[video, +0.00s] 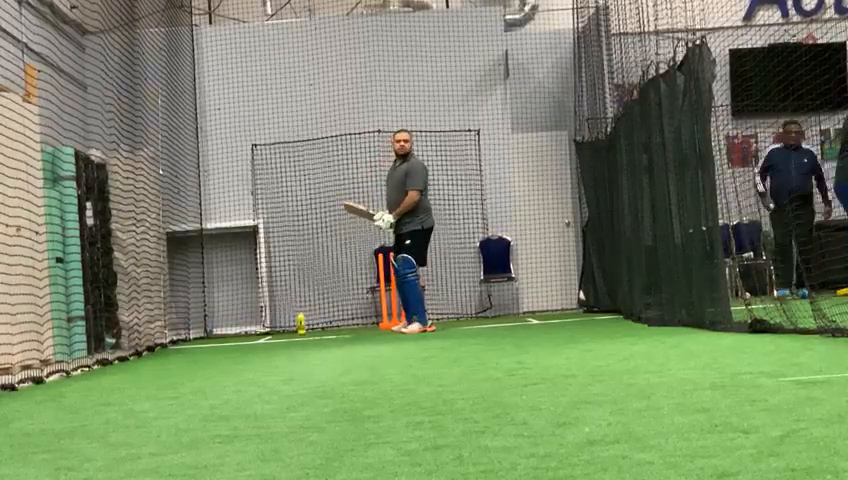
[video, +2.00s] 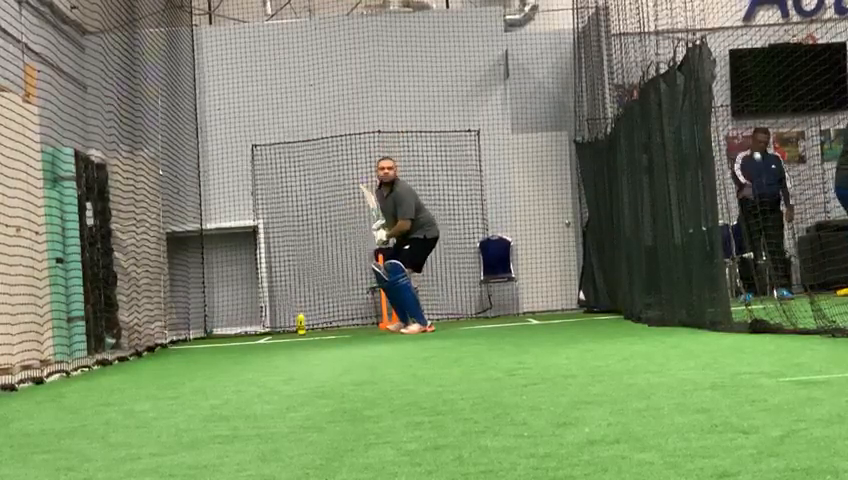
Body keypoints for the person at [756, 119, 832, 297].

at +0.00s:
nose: (794, 136)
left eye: (798, 133)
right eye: (790, 133)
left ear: (802, 135)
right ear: (783, 135)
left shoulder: (809, 155)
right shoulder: (774, 154)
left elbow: (820, 179)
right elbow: (761, 174)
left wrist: (826, 202)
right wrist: (763, 195)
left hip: (803, 205)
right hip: (780, 207)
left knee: (804, 244)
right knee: (782, 245)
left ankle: (803, 285)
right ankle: (783, 286)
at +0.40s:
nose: (775, 142)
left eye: (778, 138)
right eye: (772, 138)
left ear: (783, 140)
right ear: (765, 140)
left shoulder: (789, 161)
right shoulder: (755, 160)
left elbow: (799, 184)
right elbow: (744, 179)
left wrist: (804, 206)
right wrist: (745, 199)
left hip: (784, 210)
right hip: (760, 211)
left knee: (791, 249)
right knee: (757, 251)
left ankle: (799, 286)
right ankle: (758, 289)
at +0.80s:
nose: (750, 144)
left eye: (753, 141)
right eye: (746, 141)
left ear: (757, 142)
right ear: (738, 142)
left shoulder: (764, 161)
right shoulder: (730, 164)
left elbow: (774, 184)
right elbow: (720, 187)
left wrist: (779, 206)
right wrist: (727, 208)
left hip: (766, 210)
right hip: (742, 213)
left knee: (777, 247)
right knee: (744, 252)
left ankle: (787, 285)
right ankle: (749, 290)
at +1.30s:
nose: (752, 144)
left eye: (754, 141)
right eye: (748, 141)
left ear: (758, 141)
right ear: (740, 141)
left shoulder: (766, 159)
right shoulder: (730, 161)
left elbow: (775, 184)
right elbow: (718, 181)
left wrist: (779, 206)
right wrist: (726, 186)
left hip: (766, 210)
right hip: (742, 211)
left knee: (773, 247)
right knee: (745, 250)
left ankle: (780, 285)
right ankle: (749, 289)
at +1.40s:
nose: (754, 144)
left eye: (757, 141)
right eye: (750, 140)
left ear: (760, 141)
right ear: (742, 141)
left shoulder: (768, 159)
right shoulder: (733, 160)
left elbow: (777, 184)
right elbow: (715, 173)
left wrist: (781, 206)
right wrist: (720, 166)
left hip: (768, 211)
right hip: (744, 212)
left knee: (774, 248)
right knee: (746, 251)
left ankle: (780, 286)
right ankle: (749, 289)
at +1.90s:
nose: (762, 145)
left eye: (764, 141)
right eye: (758, 141)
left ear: (767, 142)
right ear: (749, 141)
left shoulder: (773, 159)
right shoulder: (741, 159)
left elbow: (782, 184)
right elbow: (730, 171)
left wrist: (788, 205)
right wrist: (734, 153)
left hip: (772, 208)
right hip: (750, 209)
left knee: (777, 247)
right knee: (749, 248)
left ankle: (782, 286)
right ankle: (751, 288)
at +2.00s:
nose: (762, 145)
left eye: (765, 142)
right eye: (759, 141)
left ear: (768, 142)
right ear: (752, 141)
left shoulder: (775, 159)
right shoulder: (742, 159)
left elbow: (783, 184)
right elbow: (737, 175)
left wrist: (788, 205)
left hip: (772, 207)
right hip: (751, 208)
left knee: (776, 247)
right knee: (751, 248)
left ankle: (781, 286)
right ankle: (752, 289)